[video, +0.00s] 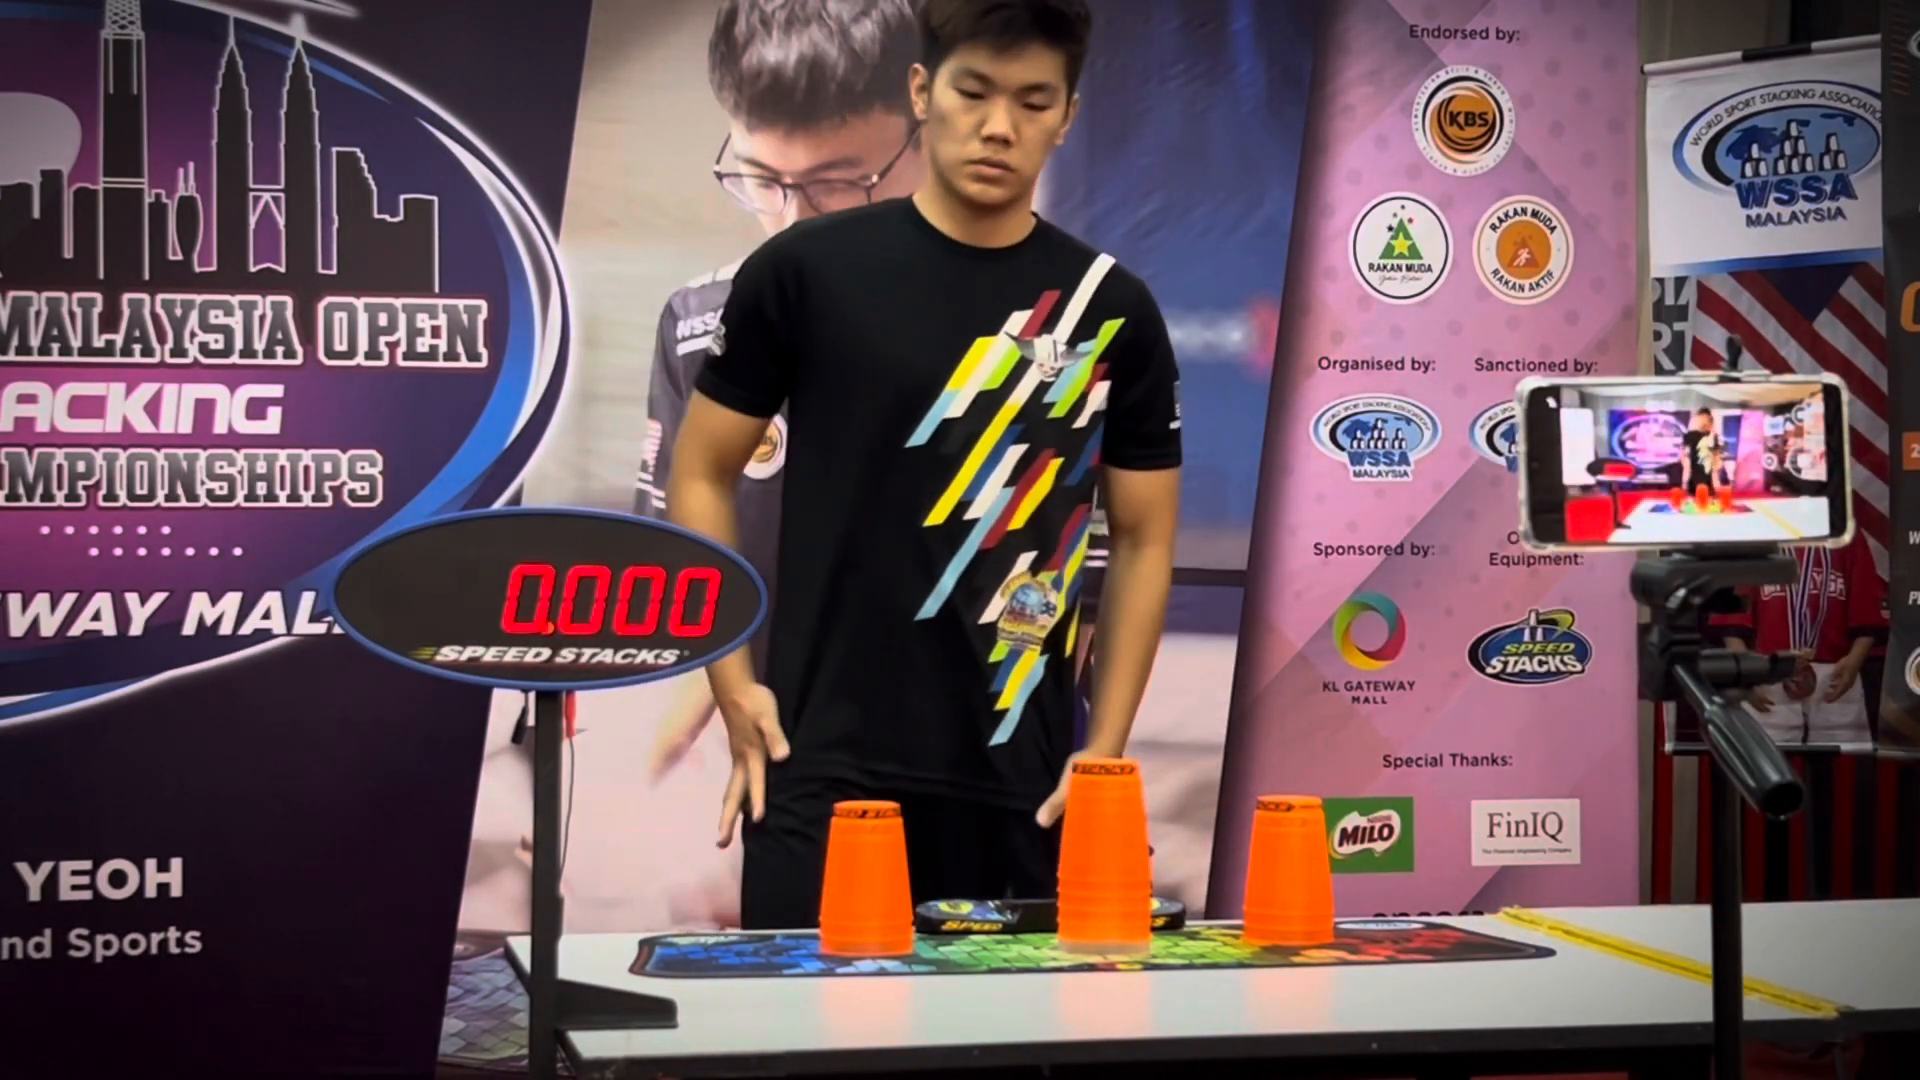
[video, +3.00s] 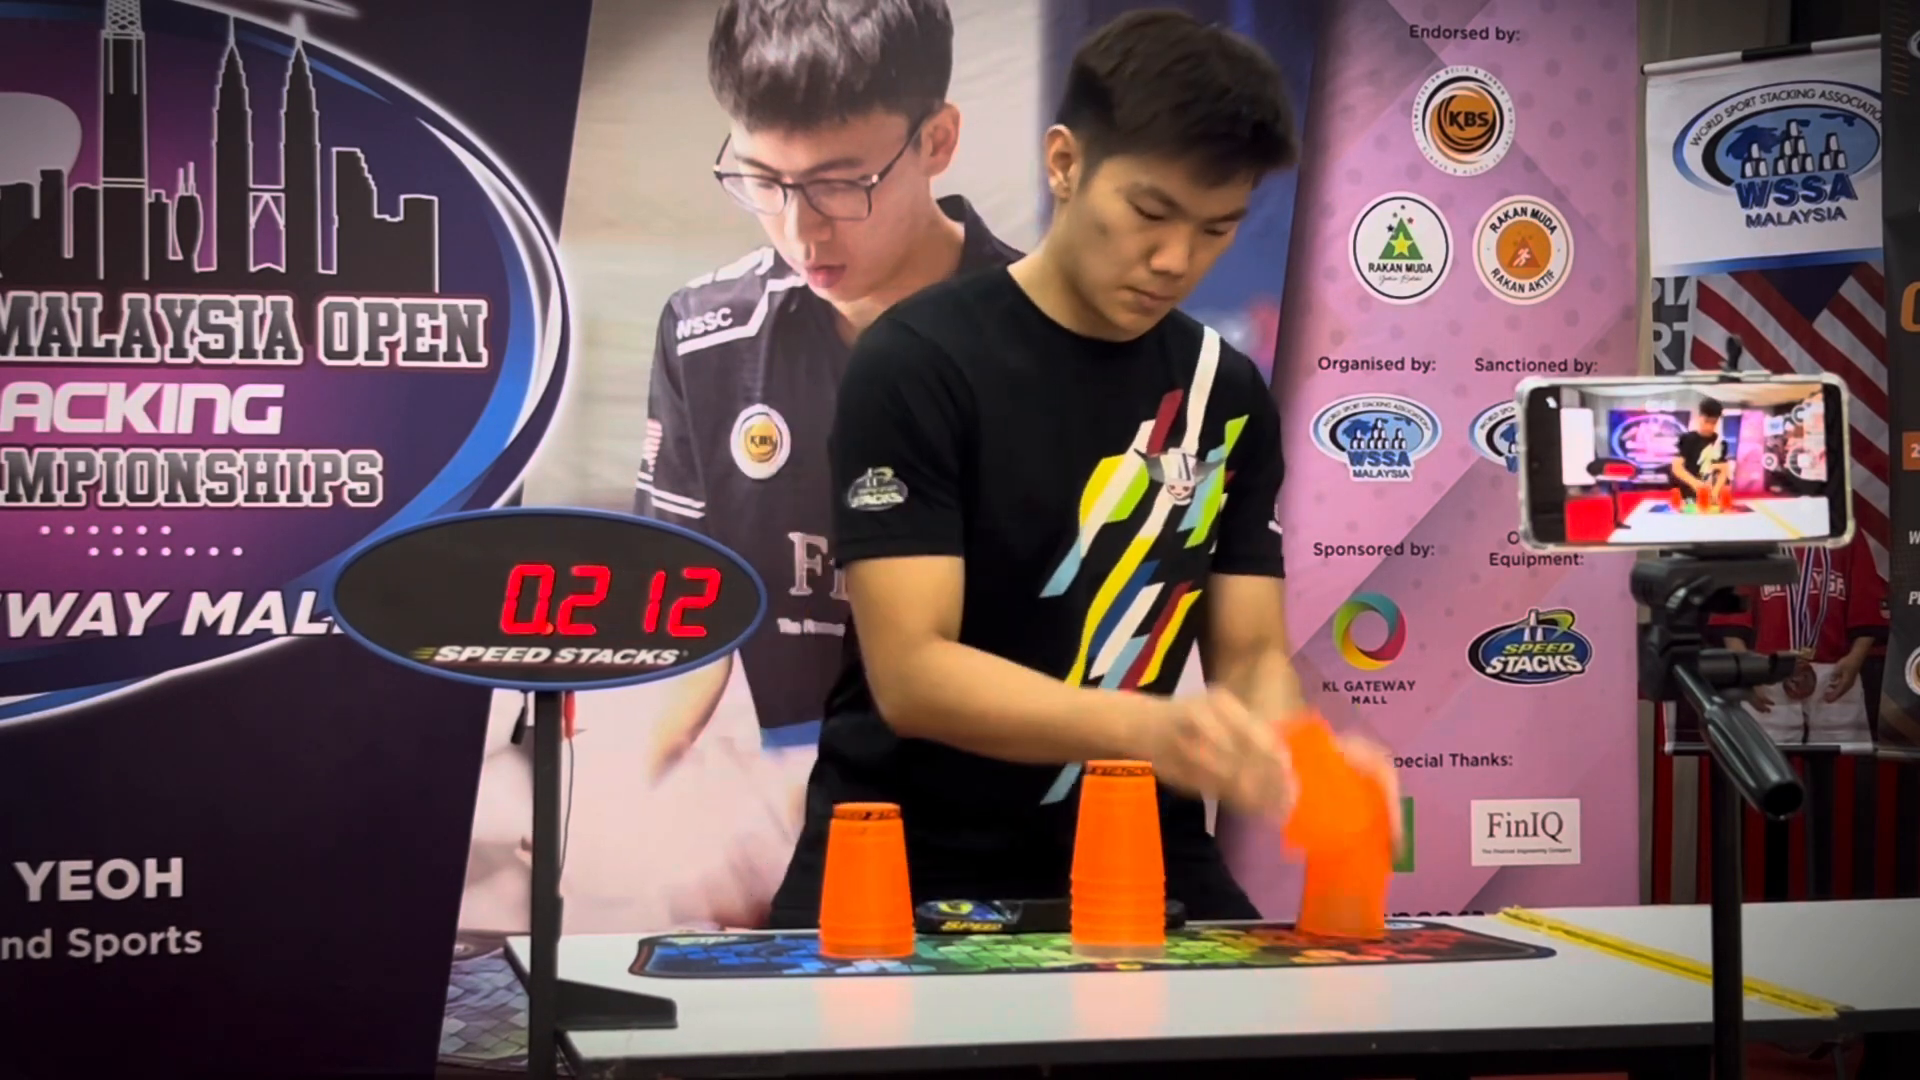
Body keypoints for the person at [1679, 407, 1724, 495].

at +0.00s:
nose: (1704, 422)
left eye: (1707, 419)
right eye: (1702, 418)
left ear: (1711, 421)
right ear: (1697, 419)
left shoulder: (1713, 437)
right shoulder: (1691, 436)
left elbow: (1716, 460)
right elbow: (1686, 459)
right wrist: (1684, 482)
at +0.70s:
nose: (1697, 417)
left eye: (1700, 413)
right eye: (1693, 413)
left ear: (1704, 414)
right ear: (1687, 414)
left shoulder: (1711, 436)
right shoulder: (1680, 436)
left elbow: (1713, 461)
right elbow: (1674, 462)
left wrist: (1706, 482)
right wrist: (1680, 484)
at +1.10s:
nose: (1694, 411)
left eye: (1697, 406)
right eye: (1690, 406)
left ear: (1702, 407)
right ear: (1683, 407)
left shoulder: (1708, 427)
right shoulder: (1675, 430)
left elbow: (1716, 453)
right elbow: (1668, 457)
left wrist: (1718, 481)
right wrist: (1676, 481)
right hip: (1685, 484)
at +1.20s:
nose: (1701, 413)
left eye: (1704, 409)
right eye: (1697, 409)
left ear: (1708, 408)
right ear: (1690, 408)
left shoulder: (1715, 431)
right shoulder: (1681, 433)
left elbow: (1722, 457)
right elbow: (1674, 459)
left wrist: (1723, 482)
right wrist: (1677, 484)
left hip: (1711, 490)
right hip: (1688, 490)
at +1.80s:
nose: (1707, 418)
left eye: (1711, 414)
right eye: (1704, 413)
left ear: (1715, 413)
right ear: (1697, 411)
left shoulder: (1719, 436)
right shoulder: (1686, 435)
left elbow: (1722, 462)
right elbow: (1676, 460)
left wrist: (1720, 487)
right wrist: (1678, 480)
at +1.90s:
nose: (1708, 418)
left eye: (1712, 414)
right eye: (1705, 413)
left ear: (1716, 413)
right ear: (1698, 412)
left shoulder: (1720, 437)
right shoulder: (1687, 435)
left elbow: (1723, 463)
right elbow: (1679, 463)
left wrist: (1719, 485)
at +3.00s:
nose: (1709, 427)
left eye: (1713, 422)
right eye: (1706, 421)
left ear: (1717, 421)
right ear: (1699, 418)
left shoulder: (1721, 443)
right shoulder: (1687, 439)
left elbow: (1723, 471)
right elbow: (1676, 467)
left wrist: (1715, 491)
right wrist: (1696, 485)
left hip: (1711, 497)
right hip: (1688, 497)